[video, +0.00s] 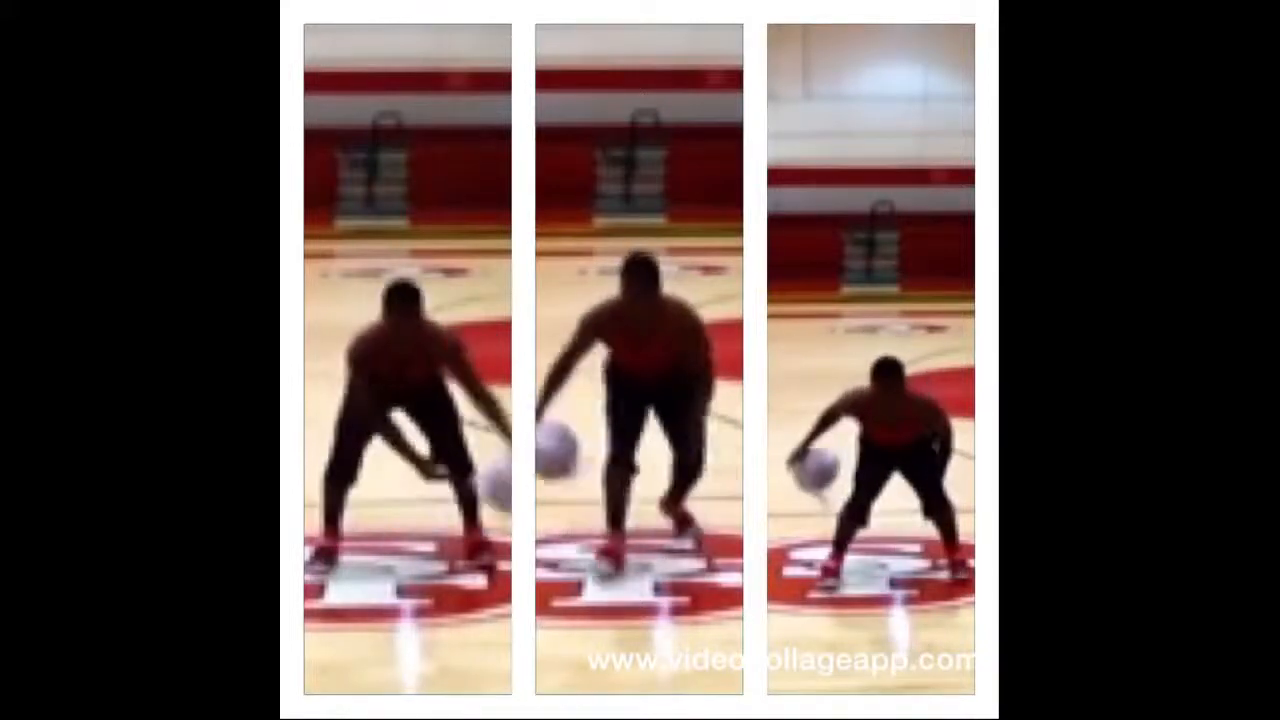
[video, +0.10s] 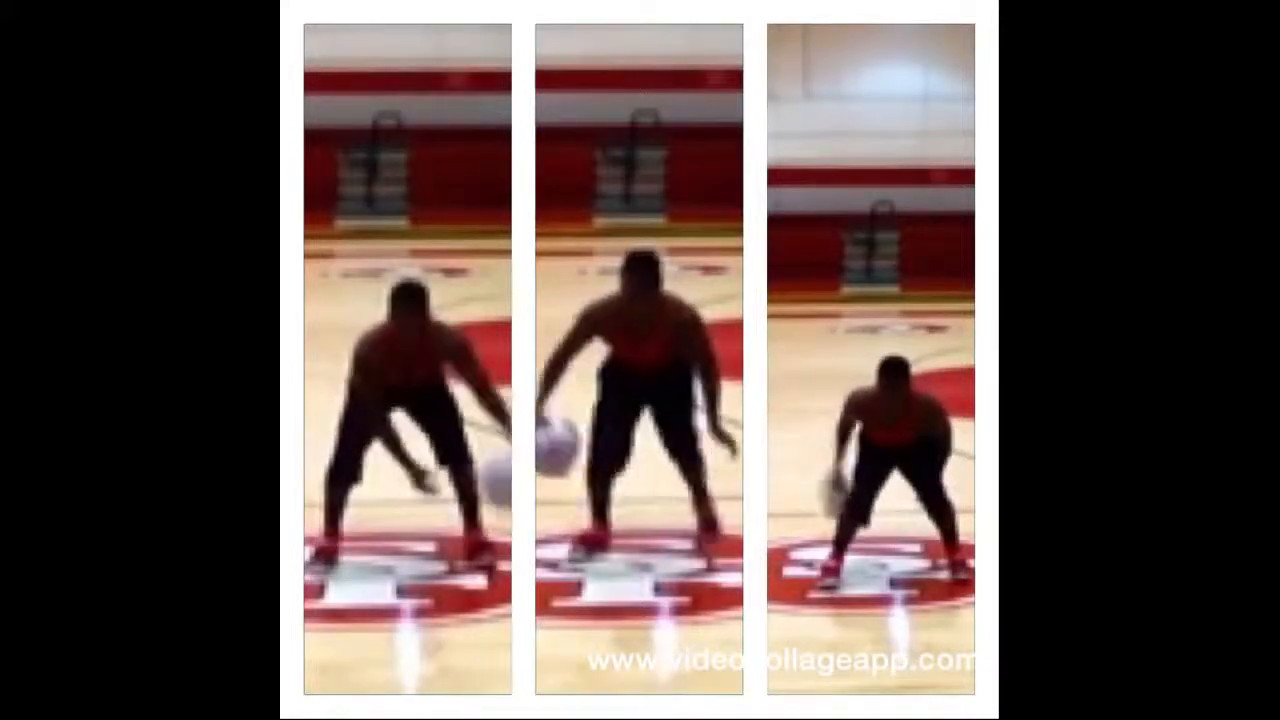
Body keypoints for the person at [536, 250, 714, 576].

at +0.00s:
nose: (638, 301)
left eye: (644, 294)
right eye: (632, 293)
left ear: (656, 290)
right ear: (622, 288)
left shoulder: (681, 319)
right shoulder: (606, 318)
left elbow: (704, 371)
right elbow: (566, 362)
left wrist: (698, 408)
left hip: (675, 385)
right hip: (627, 385)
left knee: (692, 460)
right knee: (620, 460)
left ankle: (673, 503)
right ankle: (615, 536)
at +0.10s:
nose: (637, 301)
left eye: (645, 292)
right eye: (631, 291)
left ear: (658, 288)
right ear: (622, 285)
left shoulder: (681, 317)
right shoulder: (602, 315)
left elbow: (708, 367)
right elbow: (563, 356)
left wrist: (713, 420)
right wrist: (539, 403)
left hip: (670, 378)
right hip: (622, 378)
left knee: (684, 450)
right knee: (604, 455)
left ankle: (705, 515)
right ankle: (600, 525)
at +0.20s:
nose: (644, 303)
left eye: (651, 295)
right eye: (638, 294)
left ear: (662, 293)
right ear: (627, 292)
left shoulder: (684, 332)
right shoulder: (603, 329)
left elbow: (700, 391)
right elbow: (592, 391)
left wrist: (698, 439)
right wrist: (585, 445)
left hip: (666, 398)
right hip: (618, 396)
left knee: (682, 461)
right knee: (586, 461)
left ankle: (707, 536)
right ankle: (601, 527)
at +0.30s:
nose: (651, 301)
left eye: (658, 293)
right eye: (644, 293)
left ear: (669, 293)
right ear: (635, 293)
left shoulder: (684, 332)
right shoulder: (611, 333)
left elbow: (696, 389)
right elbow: (612, 401)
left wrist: (698, 436)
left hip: (665, 407)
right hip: (619, 405)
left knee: (675, 471)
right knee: (586, 473)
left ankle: (708, 541)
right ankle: (598, 529)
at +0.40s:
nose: (659, 291)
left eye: (665, 283)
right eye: (652, 283)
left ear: (675, 282)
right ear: (640, 283)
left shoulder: (690, 313)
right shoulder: (616, 323)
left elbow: (716, 350)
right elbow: (601, 392)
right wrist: (611, 445)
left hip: (664, 387)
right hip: (618, 389)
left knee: (679, 458)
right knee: (597, 461)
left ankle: (706, 531)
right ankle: (599, 529)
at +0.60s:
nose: (658, 295)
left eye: (664, 287)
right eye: (651, 287)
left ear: (674, 285)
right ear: (639, 287)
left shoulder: (698, 317)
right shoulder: (620, 325)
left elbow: (730, 363)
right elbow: (594, 381)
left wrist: (744, 405)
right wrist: (594, 439)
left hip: (679, 385)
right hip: (631, 387)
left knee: (703, 459)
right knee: (621, 460)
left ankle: (696, 509)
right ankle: (608, 537)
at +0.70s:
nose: (657, 304)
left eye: (663, 296)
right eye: (650, 296)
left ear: (673, 295)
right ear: (639, 297)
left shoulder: (695, 330)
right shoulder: (622, 336)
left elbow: (699, 392)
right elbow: (609, 393)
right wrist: (613, 444)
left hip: (685, 403)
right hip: (641, 405)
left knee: (716, 460)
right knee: (632, 471)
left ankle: (695, 507)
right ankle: (612, 540)